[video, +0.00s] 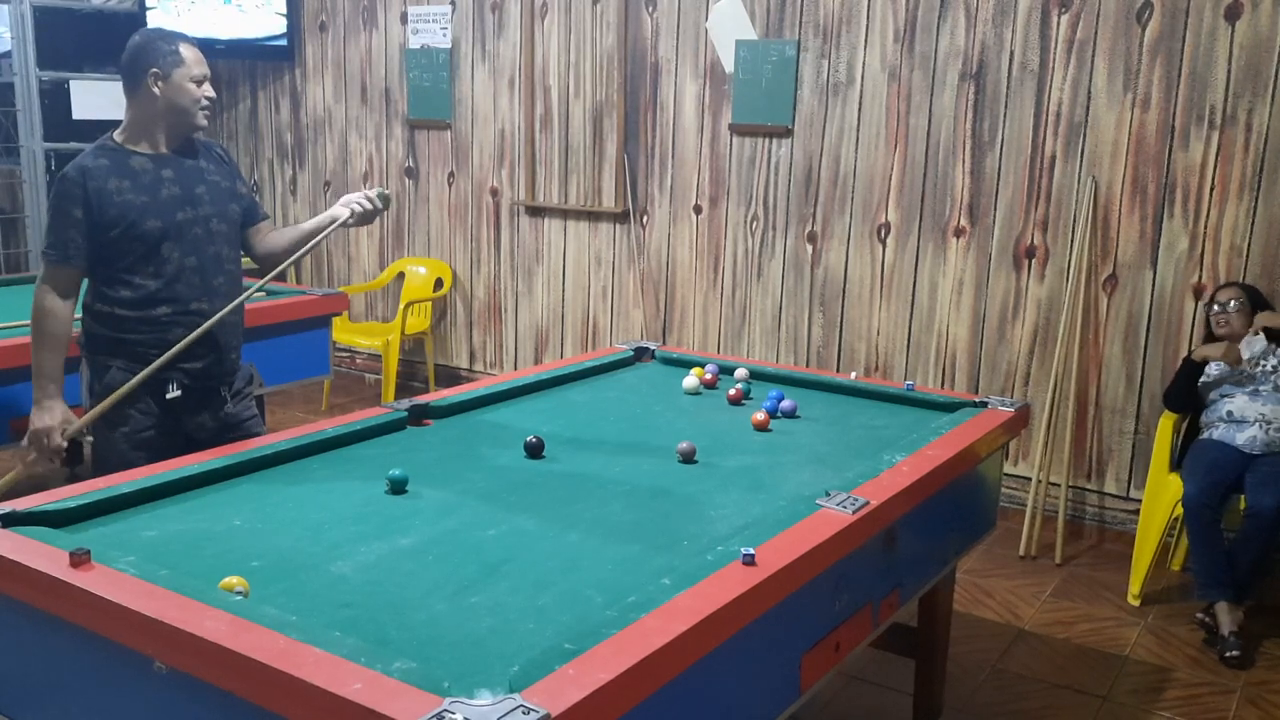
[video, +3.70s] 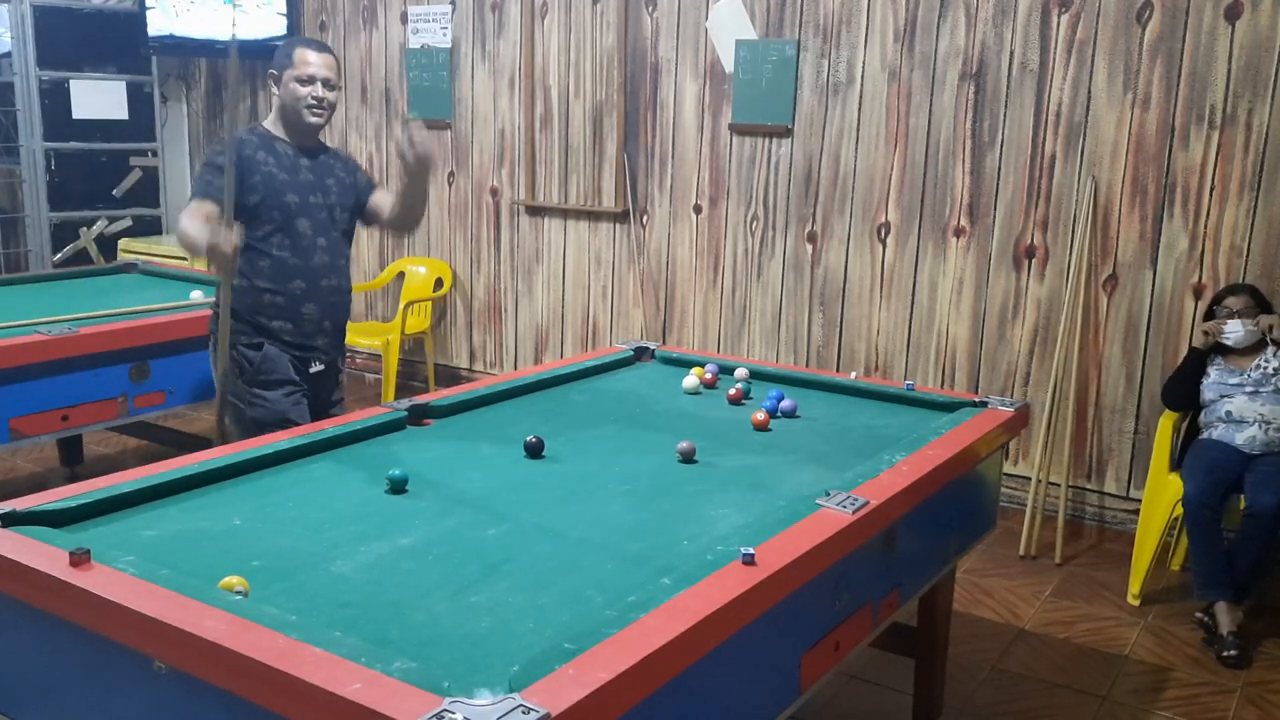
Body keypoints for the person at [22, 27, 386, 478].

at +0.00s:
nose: (212, 94)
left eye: (210, 83)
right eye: (200, 82)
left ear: (160, 84)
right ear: (156, 83)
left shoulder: (215, 160)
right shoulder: (87, 177)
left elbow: (265, 249)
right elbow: (56, 291)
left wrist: (335, 215)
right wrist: (47, 401)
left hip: (226, 386)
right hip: (132, 398)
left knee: (251, 534)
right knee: (141, 547)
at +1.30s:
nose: (205, 93)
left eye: (204, 82)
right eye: (192, 81)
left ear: (157, 81)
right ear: (146, 81)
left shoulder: (213, 157)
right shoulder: (80, 174)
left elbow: (265, 247)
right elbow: (45, 285)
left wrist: (347, 290)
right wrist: (37, 394)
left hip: (228, 386)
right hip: (134, 399)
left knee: (253, 539)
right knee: (144, 552)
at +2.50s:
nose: (234, 92)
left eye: (237, 81)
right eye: (217, 79)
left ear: (241, 85)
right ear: (172, 84)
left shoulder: (254, 158)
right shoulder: (129, 179)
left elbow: (293, 257)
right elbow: (110, 292)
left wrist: (340, 337)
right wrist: (108, 398)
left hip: (271, 377)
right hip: (182, 385)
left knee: (292, 527)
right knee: (186, 527)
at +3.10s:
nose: (286, 88)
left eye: (293, 77)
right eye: (270, 76)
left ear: (301, 84)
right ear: (234, 82)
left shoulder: (307, 165)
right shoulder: (202, 171)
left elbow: (322, 261)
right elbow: (189, 277)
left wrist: (364, 337)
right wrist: (185, 385)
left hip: (317, 362)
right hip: (249, 364)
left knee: (321, 493)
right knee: (265, 500)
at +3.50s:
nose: (313, 94)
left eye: (322, 83)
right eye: (298, 81)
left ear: (331, 90)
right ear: (267, 83)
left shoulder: (330, 167)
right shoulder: (229, 161)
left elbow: (354, 255)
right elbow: (195, 252)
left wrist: (407, 313)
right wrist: (205, 335)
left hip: (325, 357)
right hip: (261, 357)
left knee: (327, 485)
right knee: (280, 488)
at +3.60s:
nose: (316, 94)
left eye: (326, 85)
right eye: (303, 81)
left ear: (336, 92)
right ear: (272, 84)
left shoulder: (334, 167)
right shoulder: (235, 155)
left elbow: (373, 241)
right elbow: (195, 238)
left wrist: (411, 252)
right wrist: (209, 295)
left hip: (325, 349)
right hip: (263, 348)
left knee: (324, 472)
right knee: (280, 474)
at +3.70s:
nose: (319, 94)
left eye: (329, 86)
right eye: (306, 82)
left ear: (339, 94)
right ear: (276, 84)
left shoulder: (341, 167)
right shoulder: (238, 152)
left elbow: (402, 219)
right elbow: (190, 222)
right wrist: (212, 238)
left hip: (325, 350)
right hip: (261, 348)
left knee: (326, 475)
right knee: (282, 474)